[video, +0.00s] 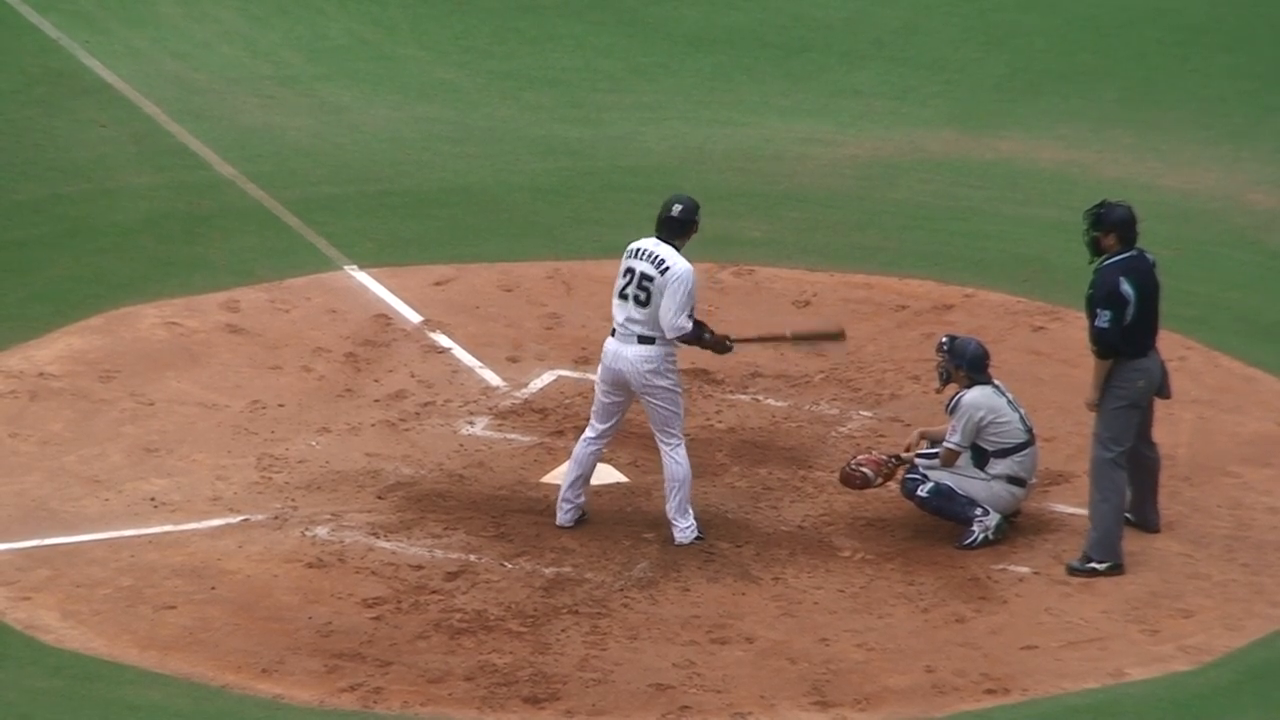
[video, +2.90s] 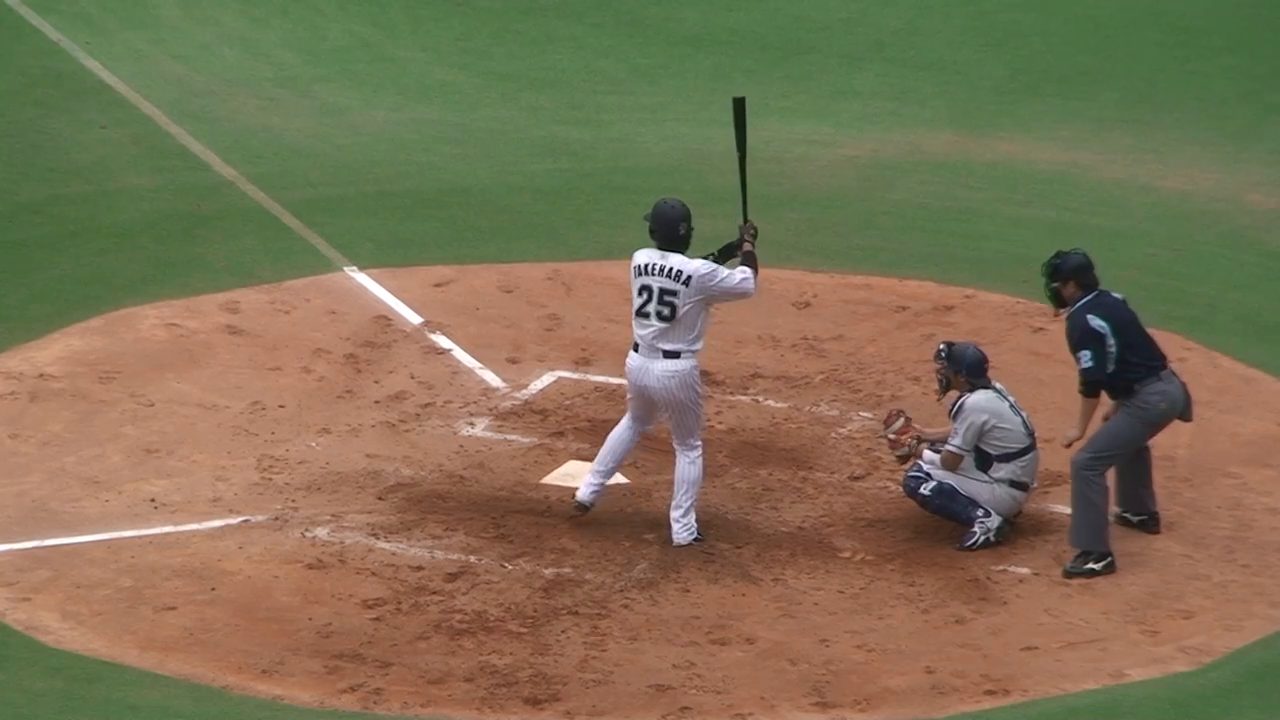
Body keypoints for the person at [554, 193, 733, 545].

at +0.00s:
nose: (693, 232)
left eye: (692, 227)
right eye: (693, 227)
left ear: (659, 221)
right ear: (690, 230)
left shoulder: (635, 248)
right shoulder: (680, 269)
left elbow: (656, 306)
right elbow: (676, 326)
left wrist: (698, 326)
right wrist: (710, 342)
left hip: (614, 350)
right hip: (652, 359)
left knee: (597, 431)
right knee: (671, 441)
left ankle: (567, 510)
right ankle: (683, 527)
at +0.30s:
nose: (658, 221)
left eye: (656, 215)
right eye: (656, 216)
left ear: (621, 220)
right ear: (653, 222)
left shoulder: (605, 247)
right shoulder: (656, 268)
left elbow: (642, 282)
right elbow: (665, 319)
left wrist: (687, 284)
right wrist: (694, 298)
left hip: (605, 353)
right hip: (644, 360)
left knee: (593, 433)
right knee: (666, 442)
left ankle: (566, 510)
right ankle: (682, 527)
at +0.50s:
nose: (641, 223)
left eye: (607, 218)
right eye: (641, 218)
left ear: (607, 223)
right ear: (640, 224)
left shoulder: (593, 250)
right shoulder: (651, 269)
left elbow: (627, 267)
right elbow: (679, 312)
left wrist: (670, 265)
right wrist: (685, 274)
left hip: (605, 355)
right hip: (645, 360)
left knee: (593, 431)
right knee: (666, 441)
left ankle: (566, 509)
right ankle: (681, 526)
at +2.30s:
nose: (685, 229)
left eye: (647, 225)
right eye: (685, 225)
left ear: (650, 230)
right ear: (684, 231)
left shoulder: (633, 263)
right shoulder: (695, 273)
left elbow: (675, 285)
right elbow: (730, 302)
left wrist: (715, 270)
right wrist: (726, 269)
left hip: (636, 365)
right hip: (676, 371)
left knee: (625, 431)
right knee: (688, 447)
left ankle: (583, 501)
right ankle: (683, 528)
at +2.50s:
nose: (654, 229)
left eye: (656, 225)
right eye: (693, 225)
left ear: (658, 230)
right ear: (692, 232)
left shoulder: (641, 262)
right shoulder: (704, 273)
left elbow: (685, 279)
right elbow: (745, 292)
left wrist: (727, 258)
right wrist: (742, 263)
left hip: (641, 365)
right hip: (680, 371)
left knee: (655, 414)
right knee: (691, 446)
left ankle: (628, 486)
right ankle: (683, 527)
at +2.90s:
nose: (689, 230)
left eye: (652, 225)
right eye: (687, 226)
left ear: (652, 230)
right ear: (685, 232)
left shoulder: (639, 260)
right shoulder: (699, 273)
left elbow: (688, 269)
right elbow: (746, 281)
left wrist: (734, 247)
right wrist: (747, 245)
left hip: (637, 365)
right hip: (677, 372)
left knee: (634, 421)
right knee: (688, 447)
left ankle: (588, 490)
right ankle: (683, 528)